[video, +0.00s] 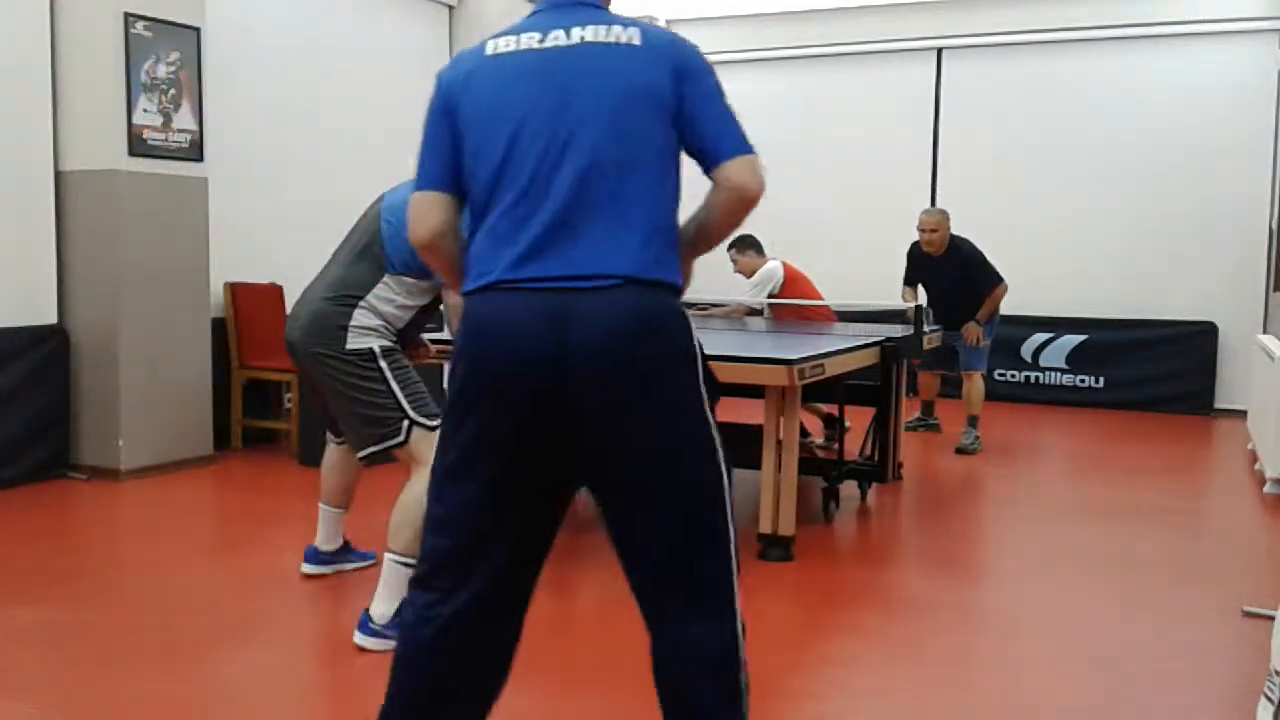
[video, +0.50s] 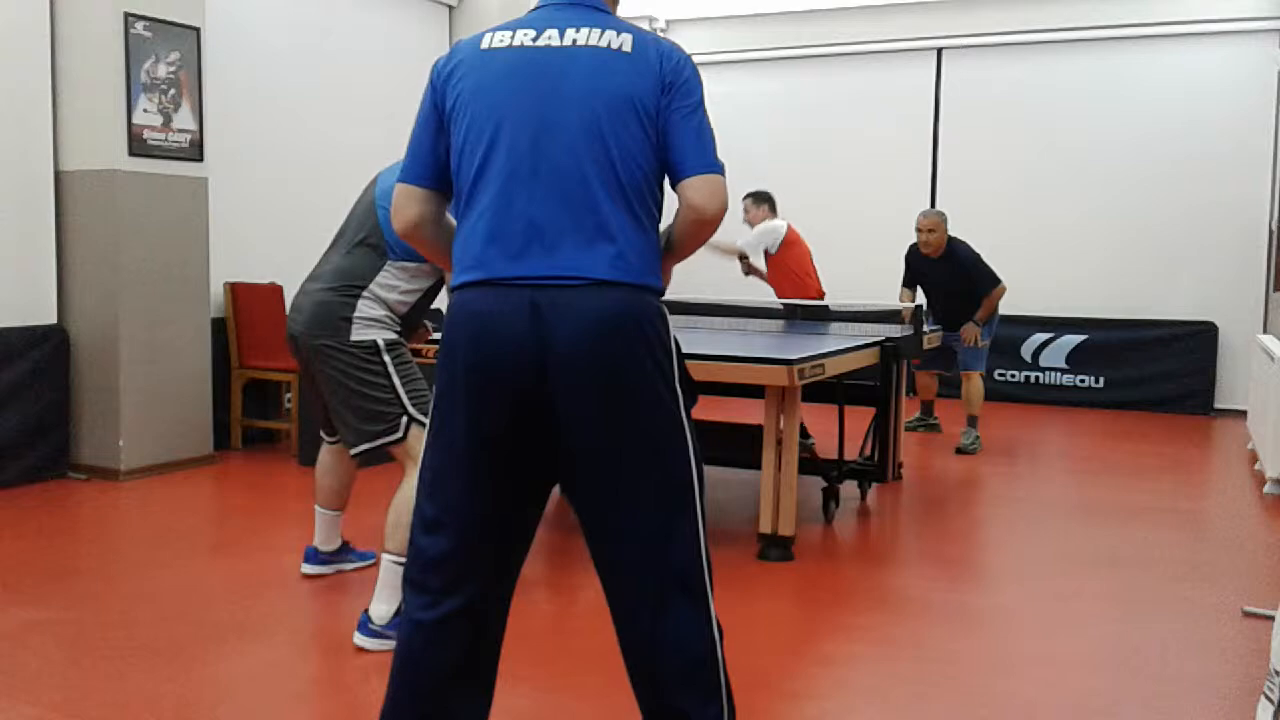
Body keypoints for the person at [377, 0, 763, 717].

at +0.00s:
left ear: (531, 3)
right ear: (607, 1)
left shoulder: (464, 69)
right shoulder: (665, 49)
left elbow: (429, 226)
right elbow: (742, 180)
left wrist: (484, 291)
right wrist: (679, 249)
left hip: (503, 337)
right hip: (637, 333)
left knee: (461, 587)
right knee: (688, 587)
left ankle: (417, 714)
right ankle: (709, 712)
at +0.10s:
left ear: (547, 4)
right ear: (623, 4)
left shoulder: (476, 64)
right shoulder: (678, 51)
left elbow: (436, 219)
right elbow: (751, 184)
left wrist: (499, 280)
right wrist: (699, 247)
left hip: (509, 332)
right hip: (641, 330)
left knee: (471, 582)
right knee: (684, 578)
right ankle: (711, 710)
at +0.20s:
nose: (640, 12)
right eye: (639, 9)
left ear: (551, 3)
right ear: (627, 4)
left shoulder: (475, 62)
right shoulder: (675, 56)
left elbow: (430, 216)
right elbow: (738, 195)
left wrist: (499, 275)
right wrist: (703, 250)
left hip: (500, 332)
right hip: (628, 331)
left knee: (462, 575)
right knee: (674, 571)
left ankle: (425, 714)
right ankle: (705, 711)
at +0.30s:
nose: (637, 13)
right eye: (636, 10)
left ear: (548, 1)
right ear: (623, 4)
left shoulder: (468, 60)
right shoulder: (667, 58)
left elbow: (419, 213)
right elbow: (717, 208)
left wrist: (498, 262)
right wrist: (688, 260)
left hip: (489, 333)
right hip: (617, 333)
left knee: (456, 580)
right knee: (665, 577)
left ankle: (422, 714)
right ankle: (698, 712)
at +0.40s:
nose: (631, 14)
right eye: (629, 10)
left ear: (542, 2)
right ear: (616, 5)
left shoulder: (462, 60)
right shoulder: (662, 57)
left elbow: (415, 214)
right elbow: (705, 207)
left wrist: (483, 270)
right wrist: (664, 261)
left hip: (486, 328)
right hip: (613, 330)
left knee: (452, 579)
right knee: (657, 573)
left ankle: (423, 715)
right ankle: (691, 712)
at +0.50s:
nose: (627, 12)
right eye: (625, 8)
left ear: (537, 3)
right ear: (612, 3)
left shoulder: (459, 61)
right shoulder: (661, 58)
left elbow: (412, 216)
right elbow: (705, 203)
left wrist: (482, 268)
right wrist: (659, 255)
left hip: (485, 329)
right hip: (612, 330)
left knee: (452, 578)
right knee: (659, 572)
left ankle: (423, 711)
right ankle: (693, 708)